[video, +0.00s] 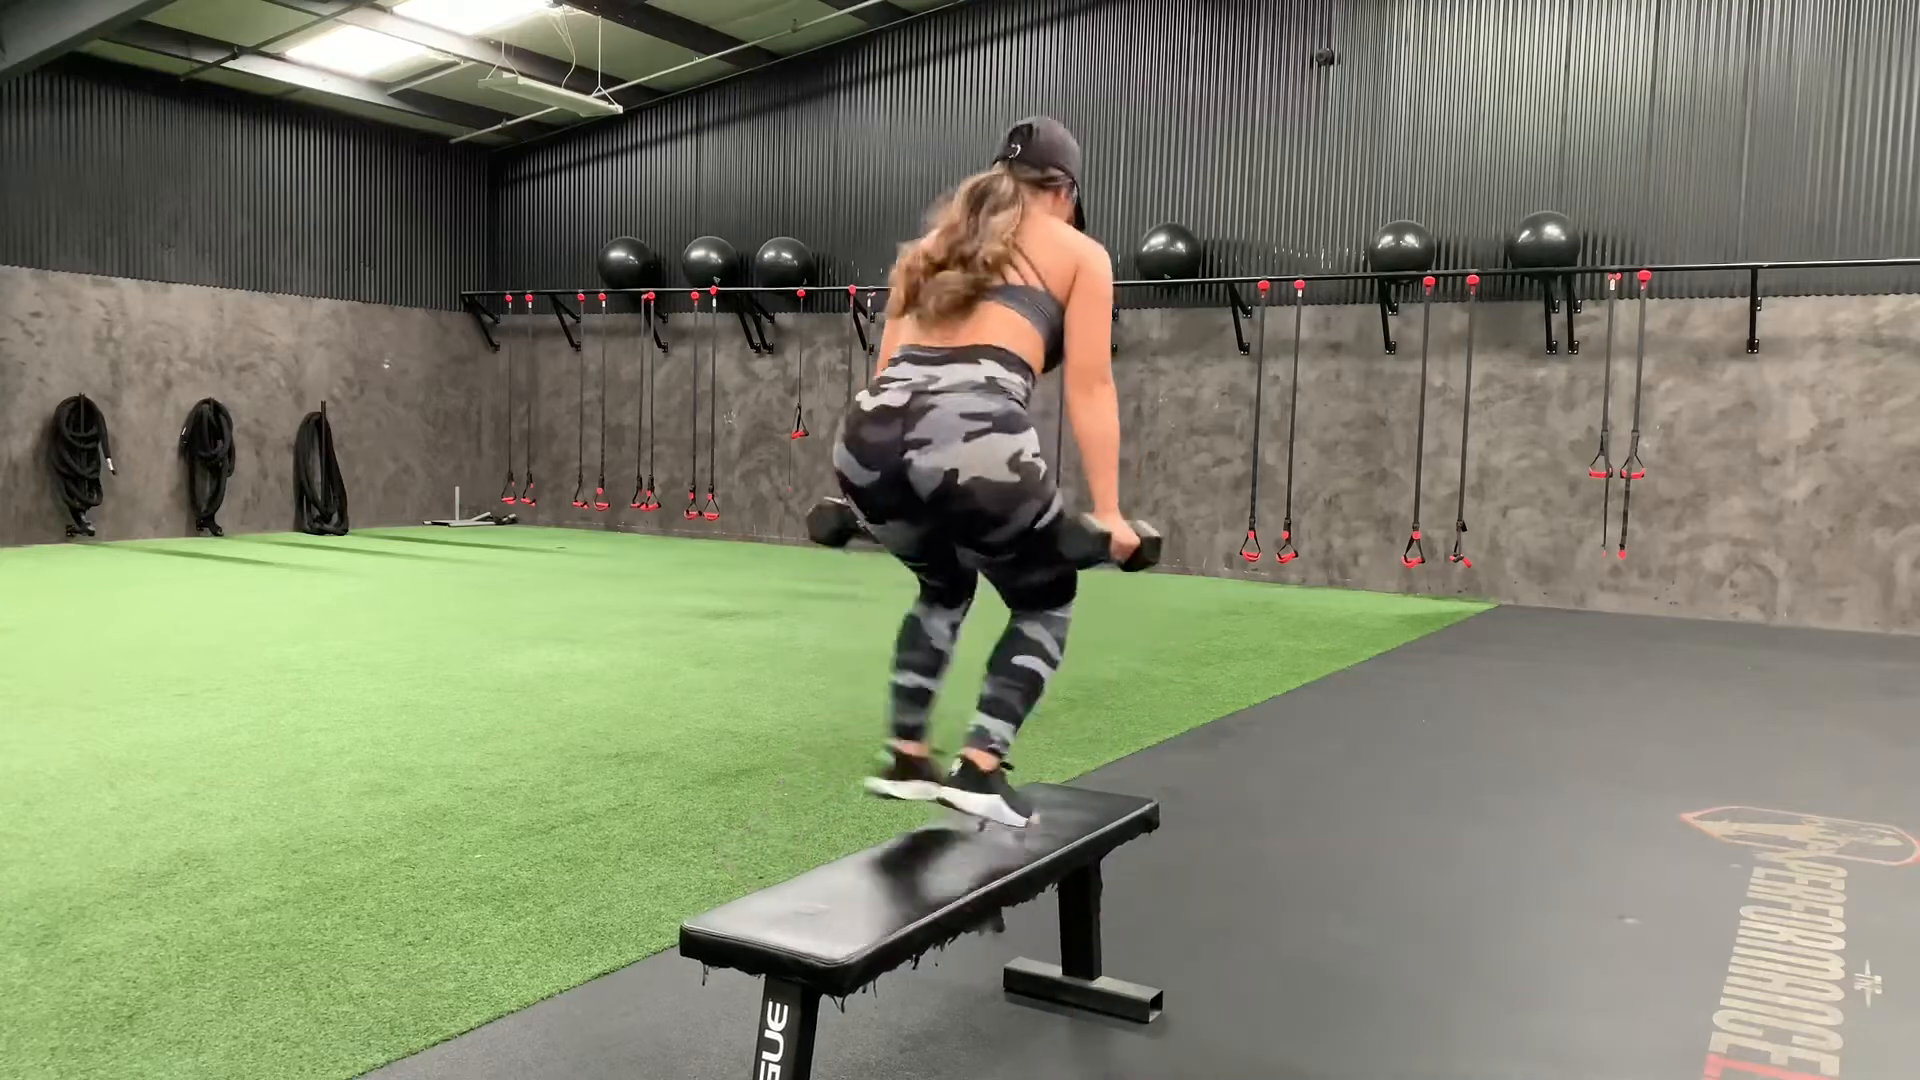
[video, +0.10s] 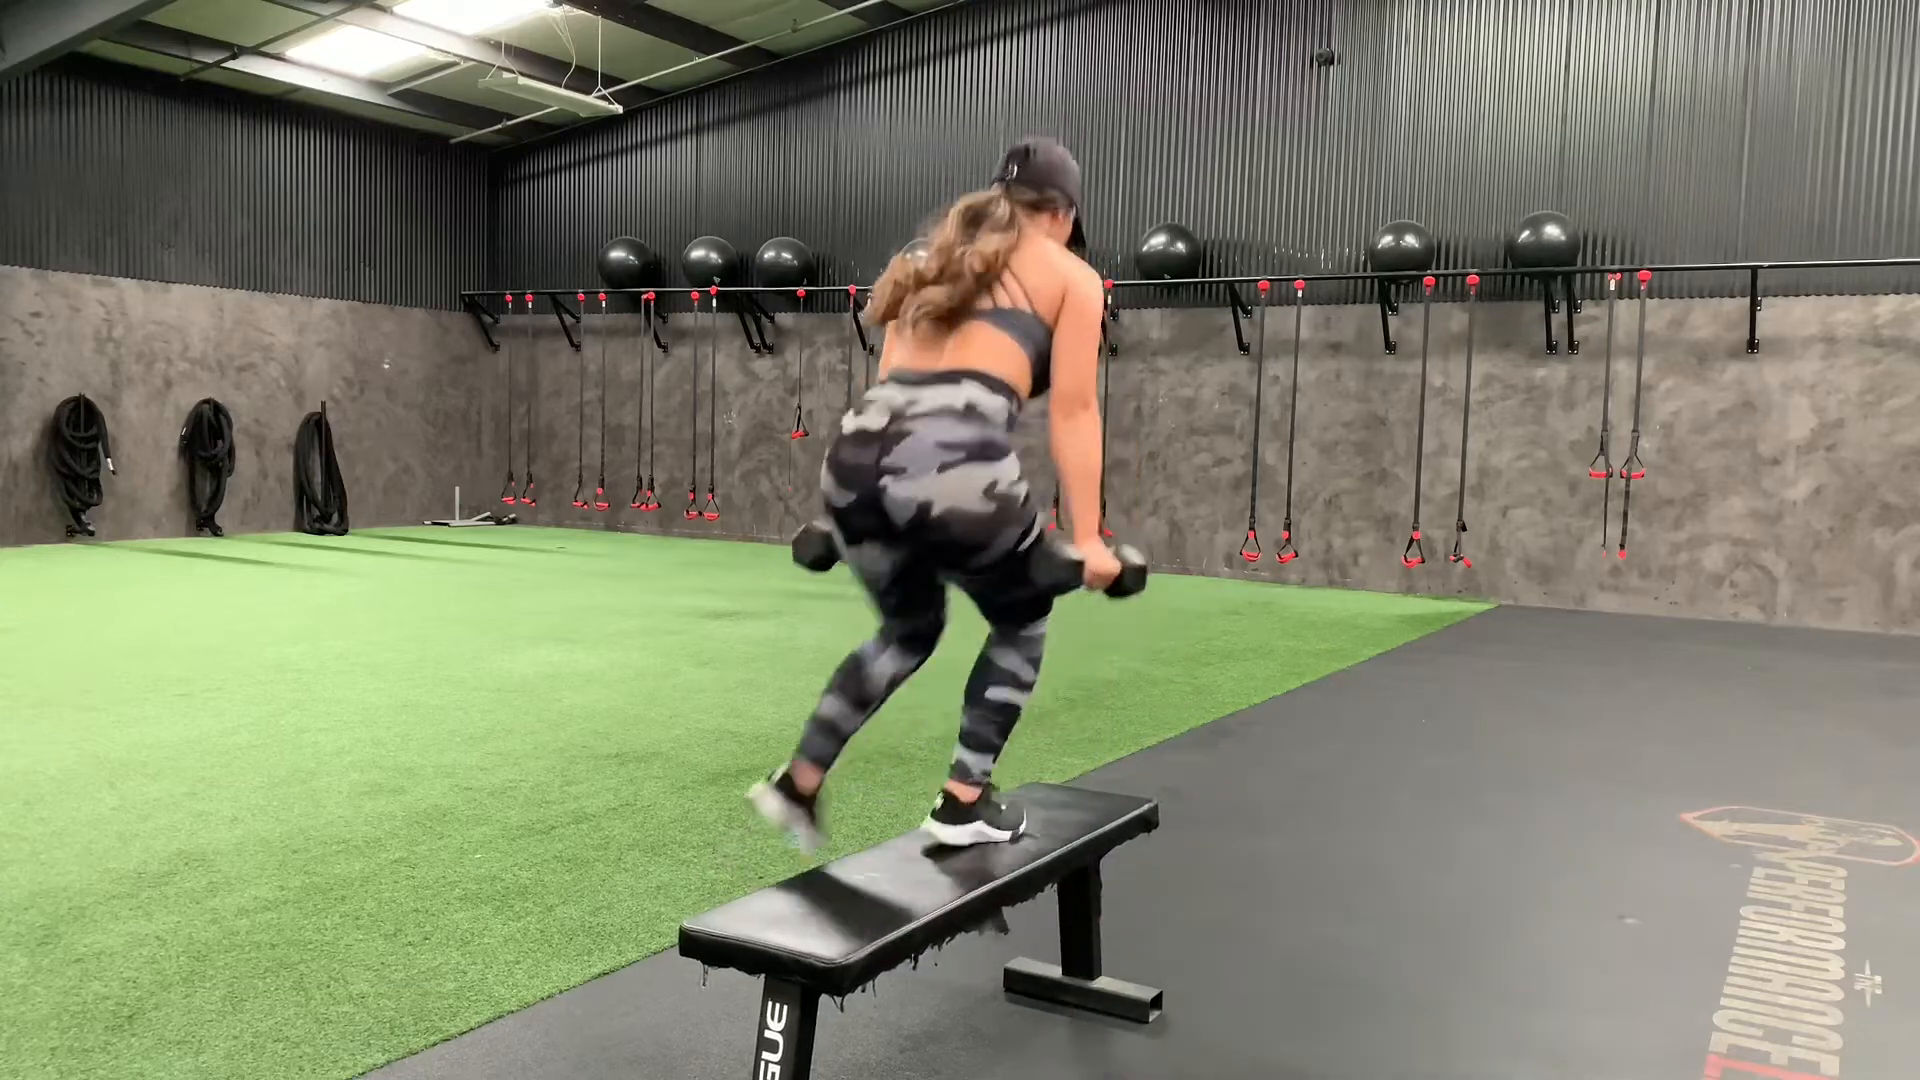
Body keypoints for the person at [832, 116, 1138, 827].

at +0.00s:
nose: (1070, 210)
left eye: (1069, 198)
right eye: (1071, 198)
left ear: (997, 182)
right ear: (1060, 193)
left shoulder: (930, 245)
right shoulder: (1077, 251)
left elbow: (886, 367)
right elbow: (1089, 388)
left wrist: (854, 487)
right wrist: (1108, 511)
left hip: (872, 445)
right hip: (979, 442)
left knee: (945, 583)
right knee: (1043, 600)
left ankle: (906, 756)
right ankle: (979, 768)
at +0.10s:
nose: (1069, 232)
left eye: (1067, 220)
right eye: (1070, 220)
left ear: (999, 201)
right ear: (1060, 215)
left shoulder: (928, 260)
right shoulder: (1069, 275)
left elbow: (890, 380)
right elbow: (1073, 411)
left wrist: (843, 512)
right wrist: (1087, 540)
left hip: (855, 467)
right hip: (956, 466)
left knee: (907, 628)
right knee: (1021, 620)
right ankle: (964, 796)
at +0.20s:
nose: (1065, 294)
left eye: (1063, 283)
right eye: (1066, 282)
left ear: (996, 269)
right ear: (1058, 281)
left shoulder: (932, 322)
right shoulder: (1064, 345)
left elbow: (887, 450)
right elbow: (1060, 481)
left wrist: (814, 578)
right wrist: (1070, 612)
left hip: (838, 533)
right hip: (929, 538)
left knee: (836, 723)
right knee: (1029, 625)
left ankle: (734, 899)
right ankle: (960, 802)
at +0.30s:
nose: (1050, 382)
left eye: (1050, 370)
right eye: (1049, 370)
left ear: (980, 359)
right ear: (1036, 368)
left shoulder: (919, 418)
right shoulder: (1036, 439)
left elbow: (877, 530)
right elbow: (1037, 578)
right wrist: (1053, 714)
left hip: (821, 629)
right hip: (906, 633)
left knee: (792, 828)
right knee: (1026, 658)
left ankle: (697, 1004)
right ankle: (959, 809)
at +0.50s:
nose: (1064, 368)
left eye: (1061, 358)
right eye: (1063, 357)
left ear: (992, 348)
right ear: (1053, 355)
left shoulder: (939, 401)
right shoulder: (1060, 421)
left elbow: (892, 506)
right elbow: (1056, 562)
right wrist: (1061, 690)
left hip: (834, 598)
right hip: (917, 610)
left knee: (783, 796)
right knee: (1036, 638)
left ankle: (702, 983)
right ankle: (961, 803)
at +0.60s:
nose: (1080, 291)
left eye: (1076, 280)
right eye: (1081, 280)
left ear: (1007, 268)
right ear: (1073, 279)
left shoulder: (943, 328)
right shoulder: (1084, 347)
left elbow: (886, 445)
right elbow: (1083, 482)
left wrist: (829, 563)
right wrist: (1090, 613)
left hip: (855, 525)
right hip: (949, 531)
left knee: (853, 708)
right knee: (1037, 633)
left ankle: (744, 879)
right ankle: (965, 799)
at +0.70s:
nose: (1084, 240)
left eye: (1079, 228)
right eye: (1084, 229)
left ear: (1015, 217)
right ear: (1079, 226)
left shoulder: (949, 274)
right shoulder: (1095, 290)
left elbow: (893, 395)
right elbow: (1099, 424)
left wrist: (844, 508)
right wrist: (1111, 553)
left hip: (868, 467)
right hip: (967, 471)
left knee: (916, 615)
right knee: (1030, 611)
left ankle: (833, 775)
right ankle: (983, 784)